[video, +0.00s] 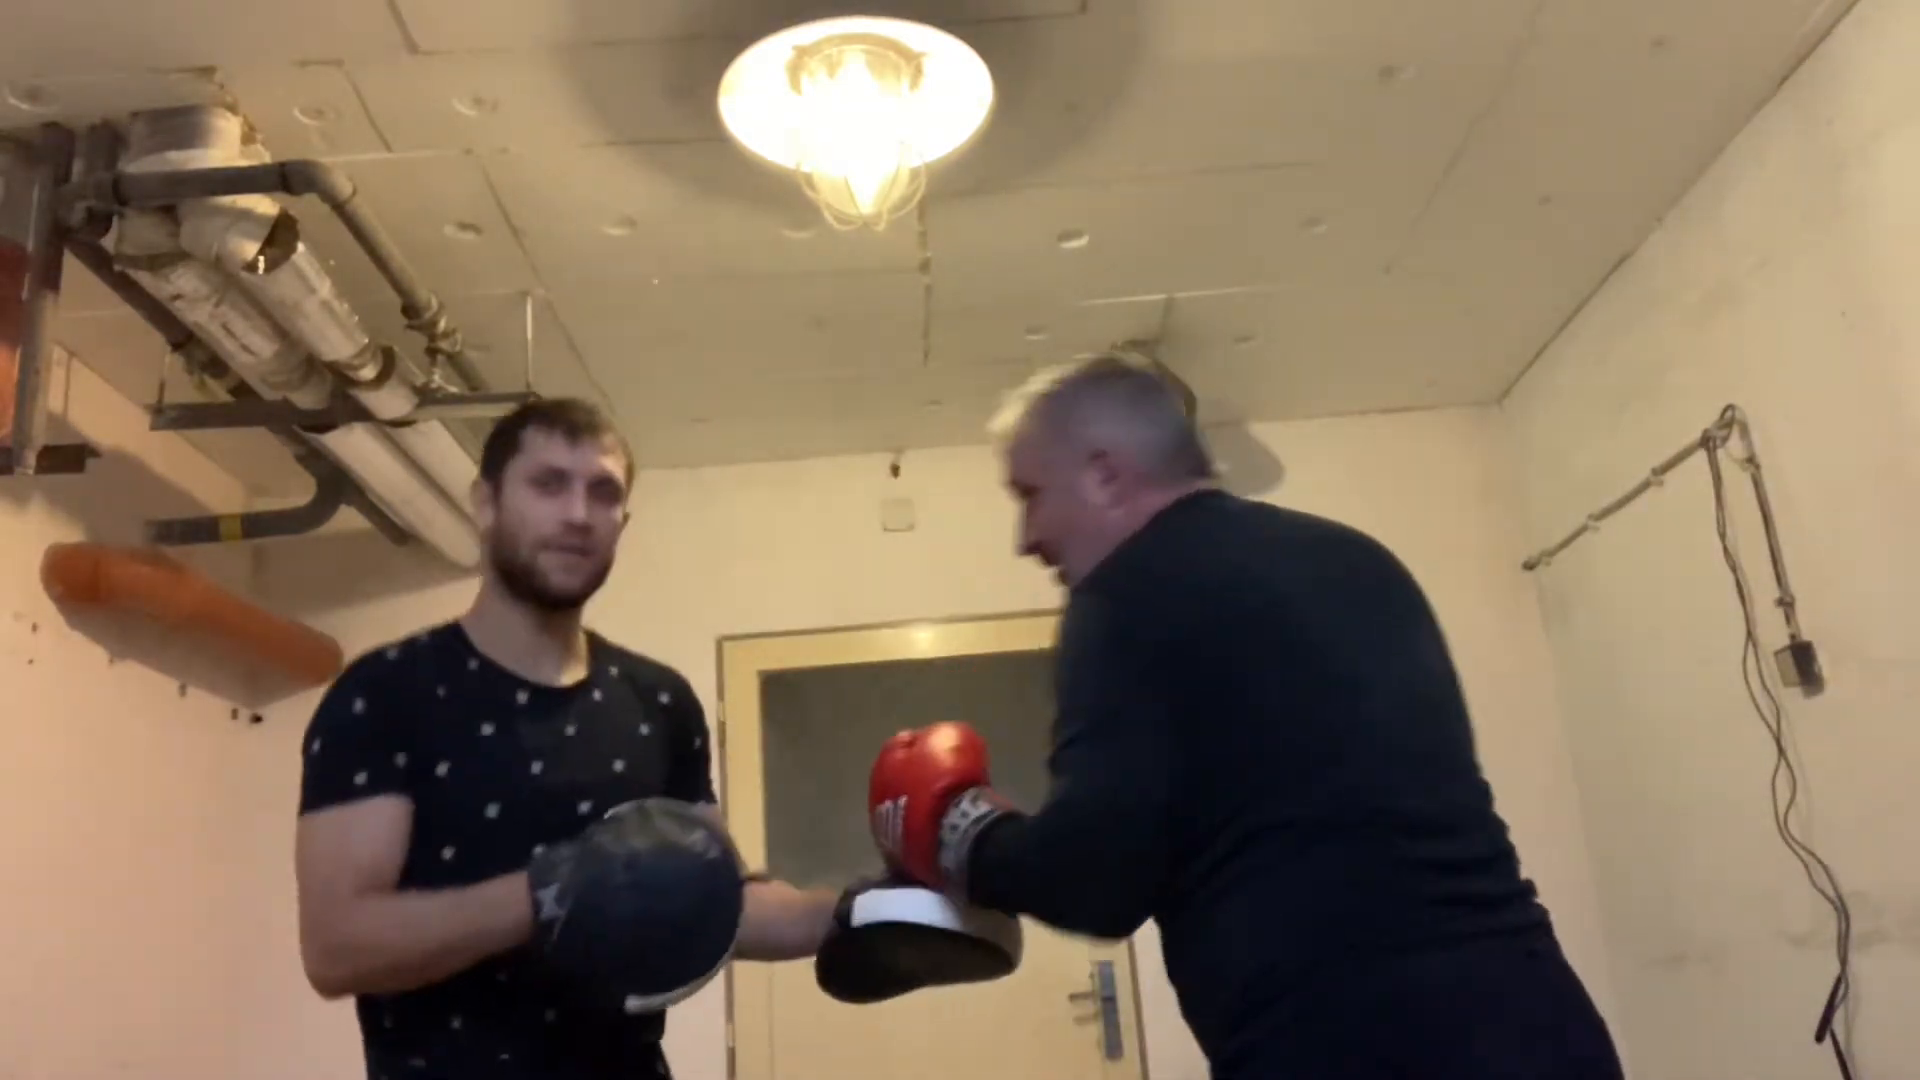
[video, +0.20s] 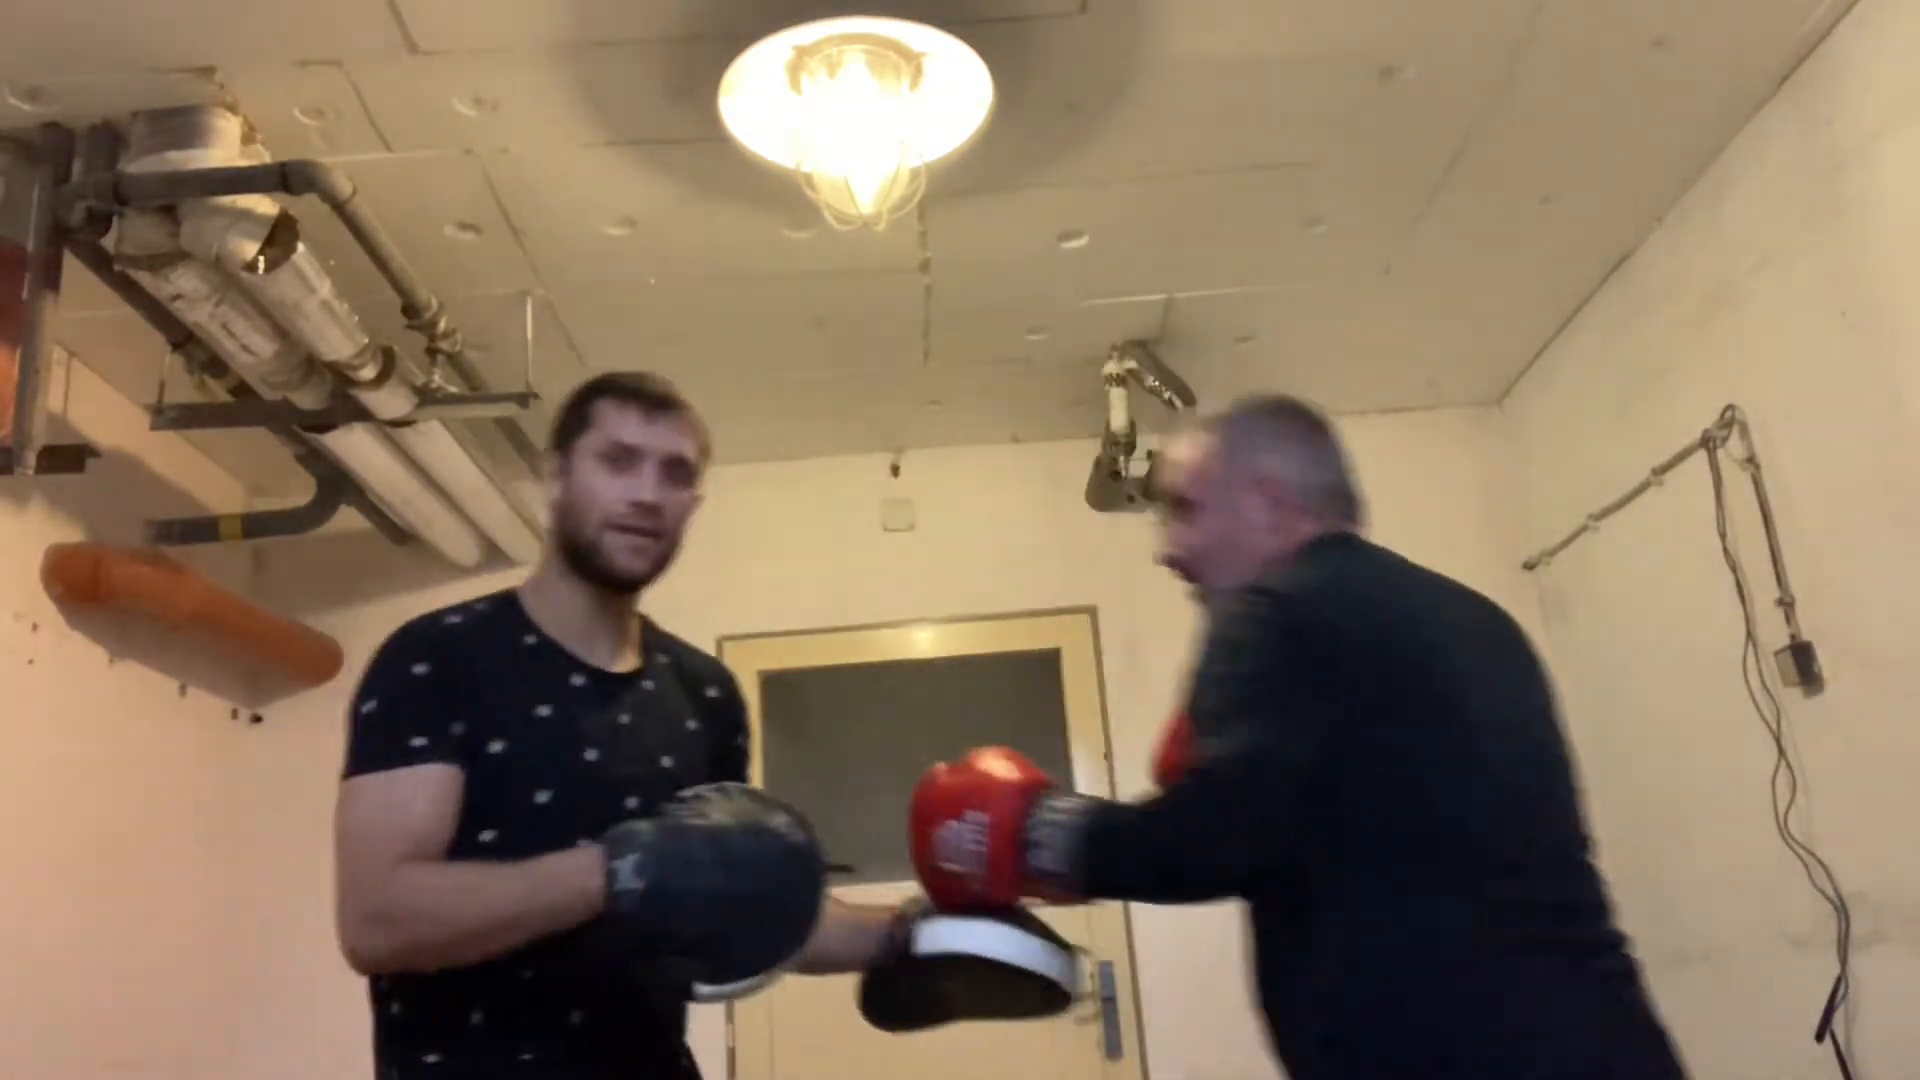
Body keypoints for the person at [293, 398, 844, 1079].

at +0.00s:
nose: (580, 513)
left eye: (603, 493)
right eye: (549, 483)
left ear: (622, 525)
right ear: (485, 503)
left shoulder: (661, 705)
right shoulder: (386, 697)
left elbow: (705, 897)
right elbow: (339, 946)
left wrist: (856, 912)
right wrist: (554, 891)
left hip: (621, 1059)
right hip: (446, 1063)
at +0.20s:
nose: (648, 494)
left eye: (675, 475)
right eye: (618, 461)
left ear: (695, 505)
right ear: (556, 476)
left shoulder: (704, 696)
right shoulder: (435, 663)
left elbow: (727, 909)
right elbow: (378, 920)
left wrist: (901, 936)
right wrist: (622, 870)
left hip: (646, 1059)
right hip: (463, 1059)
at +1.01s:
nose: (740, 482)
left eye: (759, 463)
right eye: (709, 440)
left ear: (765, 485)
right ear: (619, 443)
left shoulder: (700, 696)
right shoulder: (497, 608)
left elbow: (734, 946)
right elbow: (511, 885)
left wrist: (855, 879)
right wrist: (808, 831)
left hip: (632, 1060)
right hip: (470, 1059)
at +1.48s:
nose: (656, 533)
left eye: (661, 500)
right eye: (651, 492)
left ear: (575, 462)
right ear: (576, 459)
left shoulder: (496, 659)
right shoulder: (392, 585)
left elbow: (705, 798)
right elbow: (658, 721)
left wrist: (775, 615)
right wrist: (768, 531)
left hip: (529, 1050)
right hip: (398, 1053)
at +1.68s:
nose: (659, 554)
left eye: (666, 520)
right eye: (657, 511)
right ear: (586, 476)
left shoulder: (480, 642)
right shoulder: (412, 593)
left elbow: (705, 764)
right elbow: (688, 721)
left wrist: (771, 599)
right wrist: (785, 529)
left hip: (513, 1051)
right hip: (405, 1053)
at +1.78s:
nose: (641, 560)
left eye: (650, 526)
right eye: (639, 516)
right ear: (569, 480)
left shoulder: (457, 640)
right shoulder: (395, 595)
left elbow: (685, 767)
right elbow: (672, 724)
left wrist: (761, 606)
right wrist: (774, 533)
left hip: (486, 1051)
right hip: (389, 1053)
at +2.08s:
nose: (581, 541)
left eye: (586, 510)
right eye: (574, 498)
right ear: (491, 458)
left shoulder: (409, 659)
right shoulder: (291, 587)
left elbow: (621, 779)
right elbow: (583, 710)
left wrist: (694, 602)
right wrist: (700, 520)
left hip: (434, 1057)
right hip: (292, 1057)